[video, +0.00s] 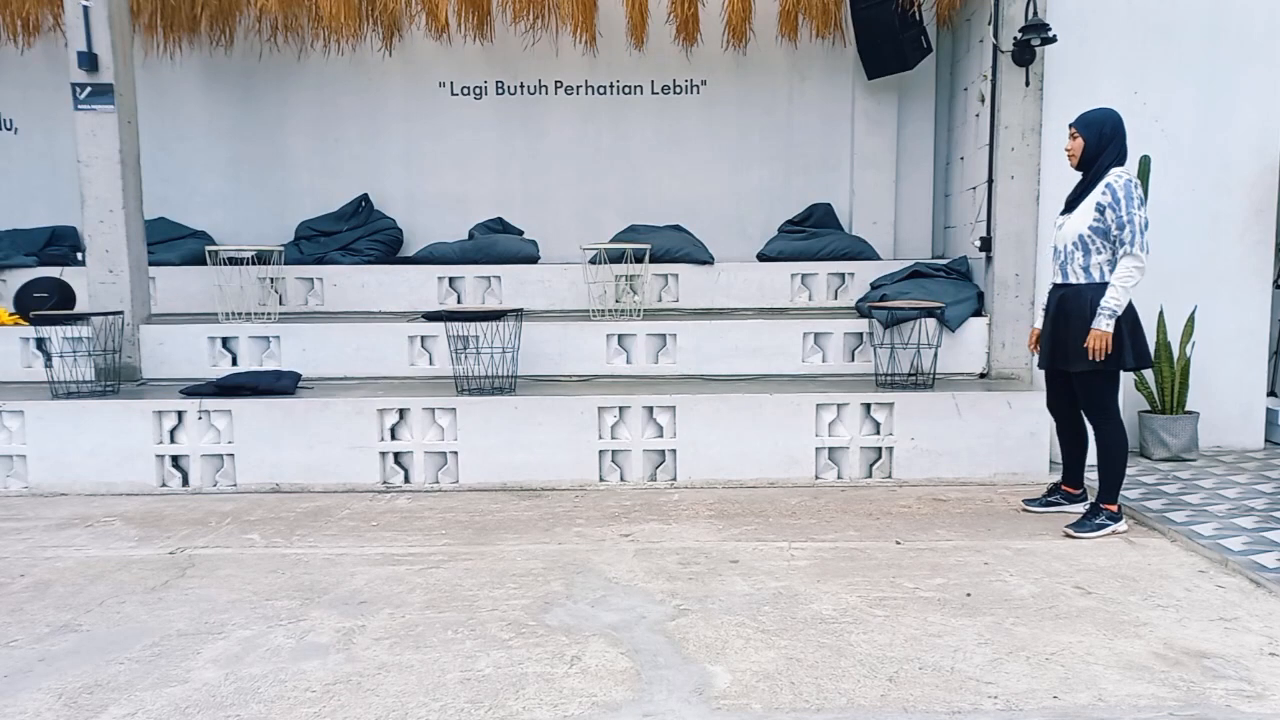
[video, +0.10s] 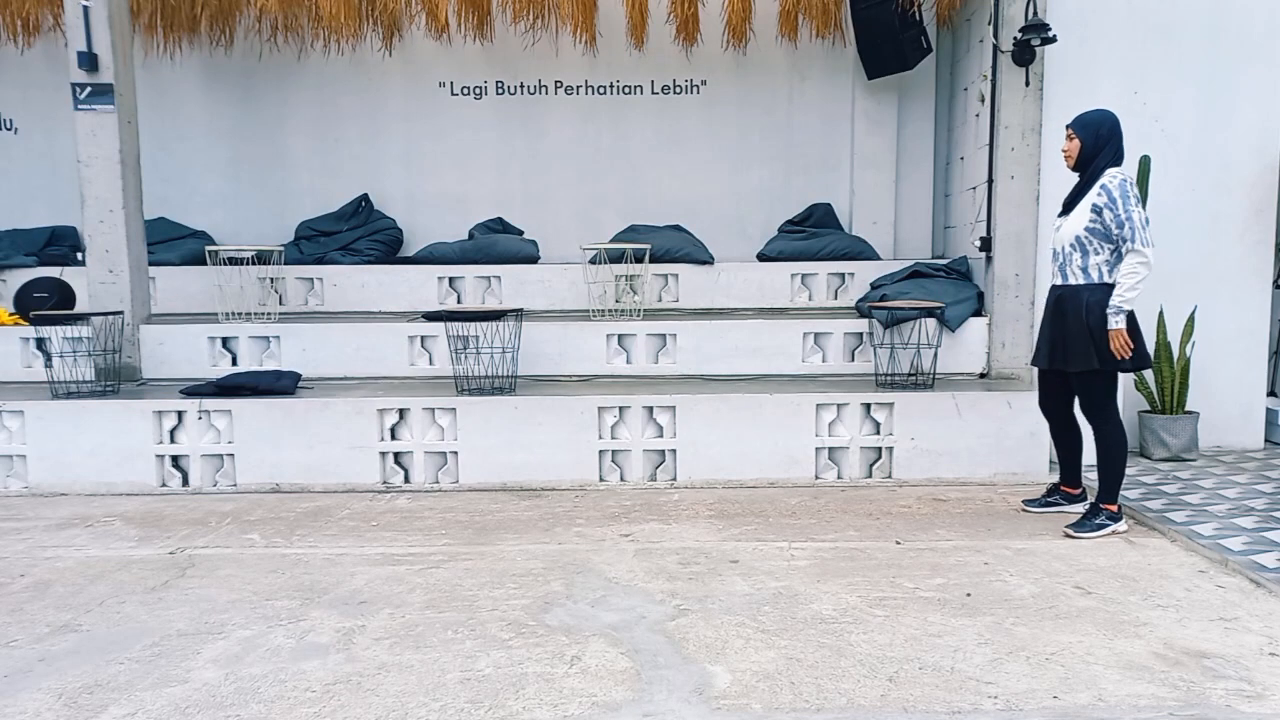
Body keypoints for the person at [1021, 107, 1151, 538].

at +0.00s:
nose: (1067, 145)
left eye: (1074, 137)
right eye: (1068, 137)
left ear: (1097, 140)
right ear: (1088, 142)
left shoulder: (1120, 184)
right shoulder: (1082, 191)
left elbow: (1134, 259)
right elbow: (1064, 268)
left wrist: (1105, 319)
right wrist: (1043, 319)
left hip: (1094, 310)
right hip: (1061, 310)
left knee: (1101, 408)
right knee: (1062, 403)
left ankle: (1109, 507)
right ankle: (1071, 488)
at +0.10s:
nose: (1064, 146)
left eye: (1071, 138)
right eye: (1065, 139)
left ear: (1093, 141)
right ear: (1087, 143)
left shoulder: (1115, 183)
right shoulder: (1083, 189)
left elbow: (1140, 253)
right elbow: (1080, 260)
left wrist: (1116, 313)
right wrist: (1055, 316)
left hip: (1093, 311)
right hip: (1061, 309)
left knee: (1100, 408)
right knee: (1053, 401)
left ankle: (1109, 507)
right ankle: (1070, 488)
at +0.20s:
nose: (1060, 147)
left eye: (1067, 139)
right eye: (1061, 139)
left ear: (1090, 142)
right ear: (1086, 143)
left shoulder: (1110, 183)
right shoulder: (1079, 189)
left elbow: (1146, 242)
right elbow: (1080, 254)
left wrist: (1116, 300)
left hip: (1090, 307)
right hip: (1056, 306)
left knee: (1096, 405)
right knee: (1054, 400)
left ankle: (1108, 508)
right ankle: (1069, 488)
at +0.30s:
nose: (1057, 149)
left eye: (1063, 140)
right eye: (1058, 140)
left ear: (1085, 143)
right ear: (1083, 144)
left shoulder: (1105, 182)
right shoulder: (1076, 188)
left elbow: (1148, 229)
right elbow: (1089, 245)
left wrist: (1108, 278)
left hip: (1084, 308)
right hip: (1054, 306)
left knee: (1093, 407)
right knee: (1059, 402)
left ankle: (1108, 508)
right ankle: (1069, 488)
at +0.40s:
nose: (1053, 151)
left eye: (1060, 142)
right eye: (1054, 142)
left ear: (1082, 145)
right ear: (1079, 146)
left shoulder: (1101, 183)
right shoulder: (1072, 188)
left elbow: (1145, 226)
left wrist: (1103, 265)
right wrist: (1093, 271)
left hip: (1080, 307)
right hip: (1050, 306)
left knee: (1091, 408)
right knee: (1061, 405)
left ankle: (1108, 507)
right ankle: (1070, 488)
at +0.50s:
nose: (1051, 152)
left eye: (1058, 144)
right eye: (1052, 144)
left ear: (1080, 147)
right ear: (1075, 148)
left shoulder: (1099, 185)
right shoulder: (1070, 190)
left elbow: (1134, 234)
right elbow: (1083, 243)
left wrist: (1093, 272)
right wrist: (1075, 275)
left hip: (1075, 309)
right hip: (1047, 307)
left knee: (1085, 409)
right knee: (1059, 405)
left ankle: (1107, 507)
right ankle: (1070, 489)